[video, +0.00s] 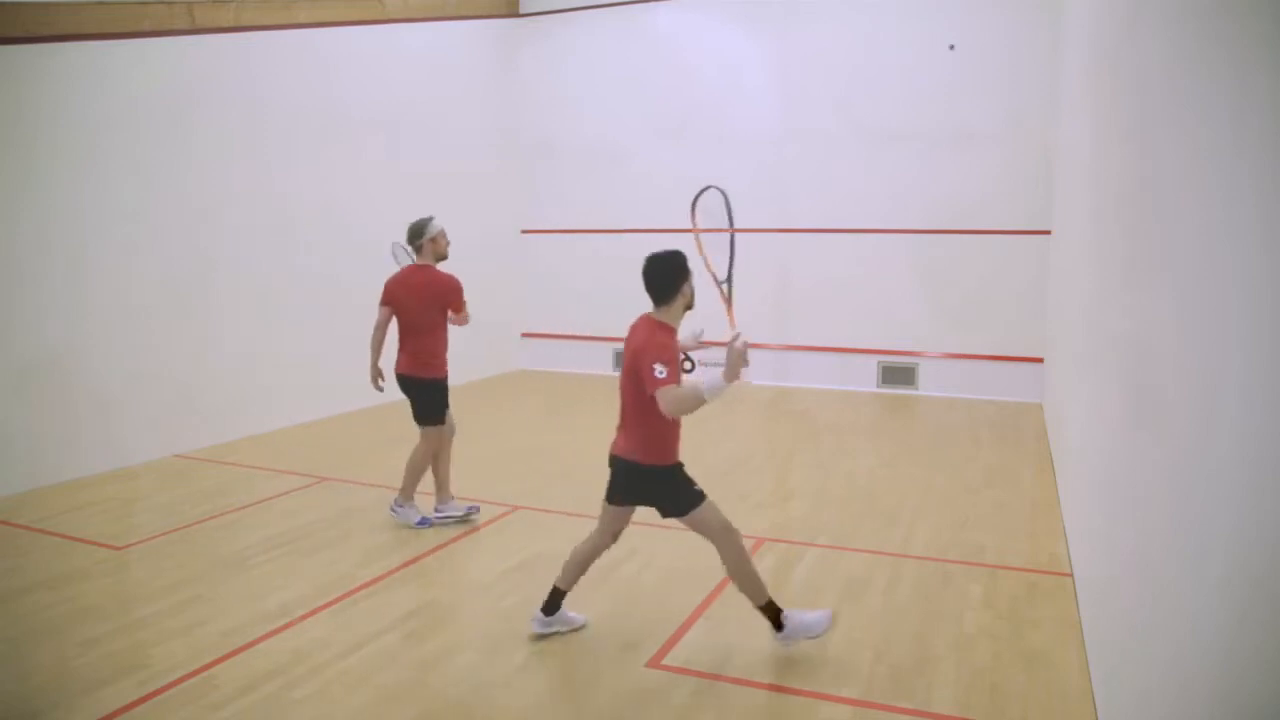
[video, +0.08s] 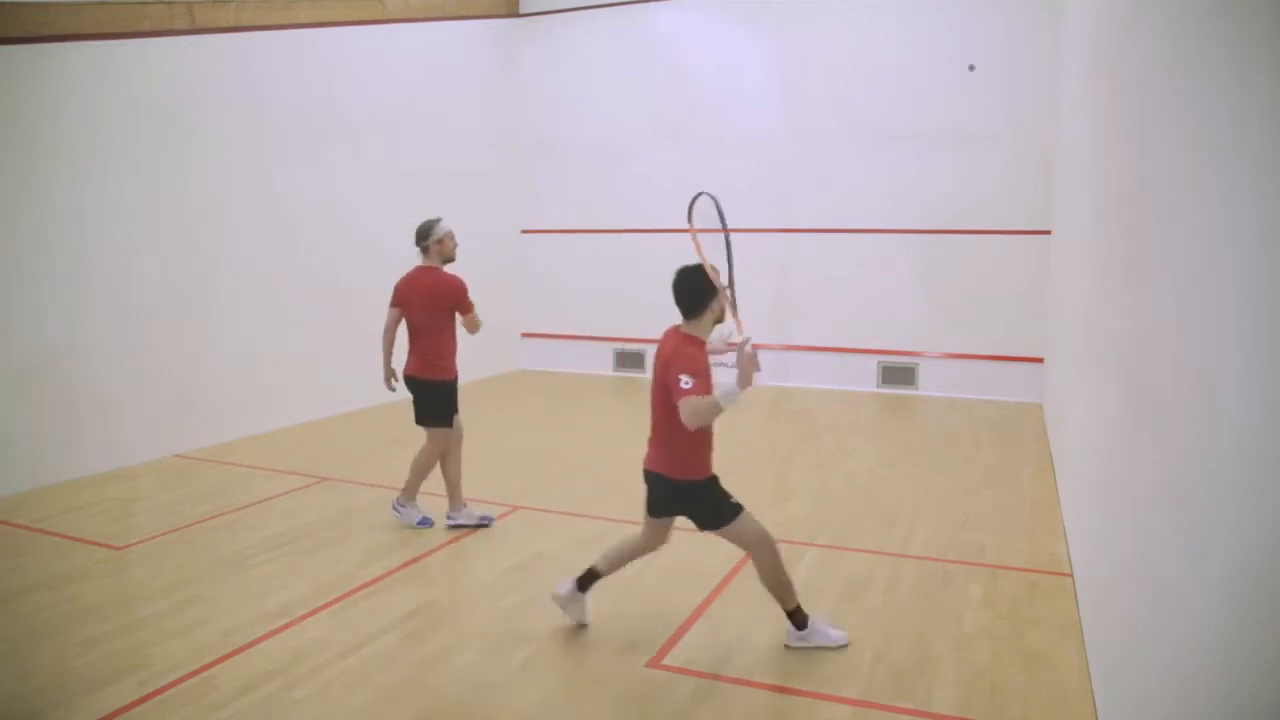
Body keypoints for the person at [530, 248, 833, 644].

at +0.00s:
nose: (693, 288)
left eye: (690, 280)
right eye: (690, 281)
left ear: (652, 288)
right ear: (683, 288)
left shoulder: (642, 329)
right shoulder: (660, 340)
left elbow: (643, 367)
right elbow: (671, 404)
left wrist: (680, 343)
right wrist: (726, 379)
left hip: (627, 460)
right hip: (657, 466)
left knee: (604, 533)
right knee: (725, 536)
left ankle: (548, 612)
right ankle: (780, 621)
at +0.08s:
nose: (726, 300)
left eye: (723, 293)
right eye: (722, 294)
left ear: (686, 302)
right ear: (714, 304)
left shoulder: (674, 339)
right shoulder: (686, 352)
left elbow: (692, 352)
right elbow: (692, 415)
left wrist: (715, 346)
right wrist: (740, 386)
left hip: (660, 472)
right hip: (688, 479)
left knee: (650, 538)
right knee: (760, 543)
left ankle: (576, 588)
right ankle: (801, 625)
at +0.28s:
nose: (763, 312)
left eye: (762, 303)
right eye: (759, 304)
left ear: (729, 309)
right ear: (744, 311)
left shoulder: (726, 354)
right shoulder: (708, 359)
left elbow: (738, 407)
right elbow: (697, 432)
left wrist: (772, 437)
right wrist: (743, 431)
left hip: (717, 465)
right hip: (691, 478)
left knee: (762, 528)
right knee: (762, 543)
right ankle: (803, 628)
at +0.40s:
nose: (760, 320)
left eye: (759, 312)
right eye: (752, 313)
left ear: (738, 318)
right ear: (725, 318)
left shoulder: (742, 365)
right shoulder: (693, 366)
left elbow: (754, 424)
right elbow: (675, 436)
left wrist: (797, 467)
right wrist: (717, 442)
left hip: (727, 472)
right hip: (689, 483)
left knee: (771, 540)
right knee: (751, 557)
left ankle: (754, 592)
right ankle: (752, 637)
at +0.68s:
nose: (706, 311)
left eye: (708, 300)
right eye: (700, 300)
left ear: (690, 297)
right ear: (667, 293)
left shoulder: (697, 336)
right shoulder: (617, 327)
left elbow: (725, 381)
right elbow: (565, 343)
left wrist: (787, 409)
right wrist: (554, 339)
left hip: (674, 461)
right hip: (625, 465)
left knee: (709, 558)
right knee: (652, 571)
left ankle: (686, 641)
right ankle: (660, 656)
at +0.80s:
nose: (654, 345)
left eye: (657, 335)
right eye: (646, 336)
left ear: (655, 329)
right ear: (613, 329)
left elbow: (702, 384)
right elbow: (484, 357)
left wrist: (758, 399)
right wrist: (487, 333)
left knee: (693, 584)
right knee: (566, 611)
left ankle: (687, 646)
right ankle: (545, 712)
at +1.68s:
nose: (396, 252)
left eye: (392, 242)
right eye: (391, 243)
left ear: (351, 254)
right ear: (373, 251)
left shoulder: (320, 299)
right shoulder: (361, 310)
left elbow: (277, 356)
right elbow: (335, 381)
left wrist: (287, 422)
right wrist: (361, 453)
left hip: (295, 452)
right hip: (319, 459)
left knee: (304, 566)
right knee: (310, 575)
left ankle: (252, 662)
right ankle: (260, 690)